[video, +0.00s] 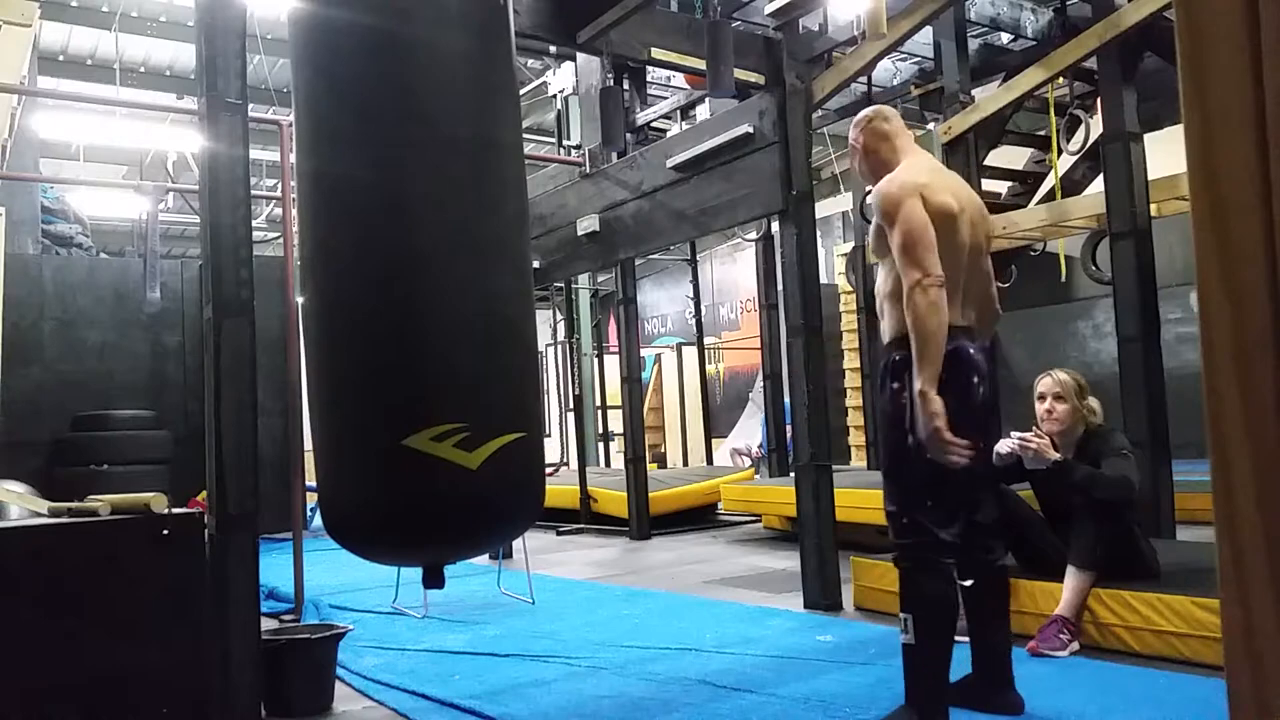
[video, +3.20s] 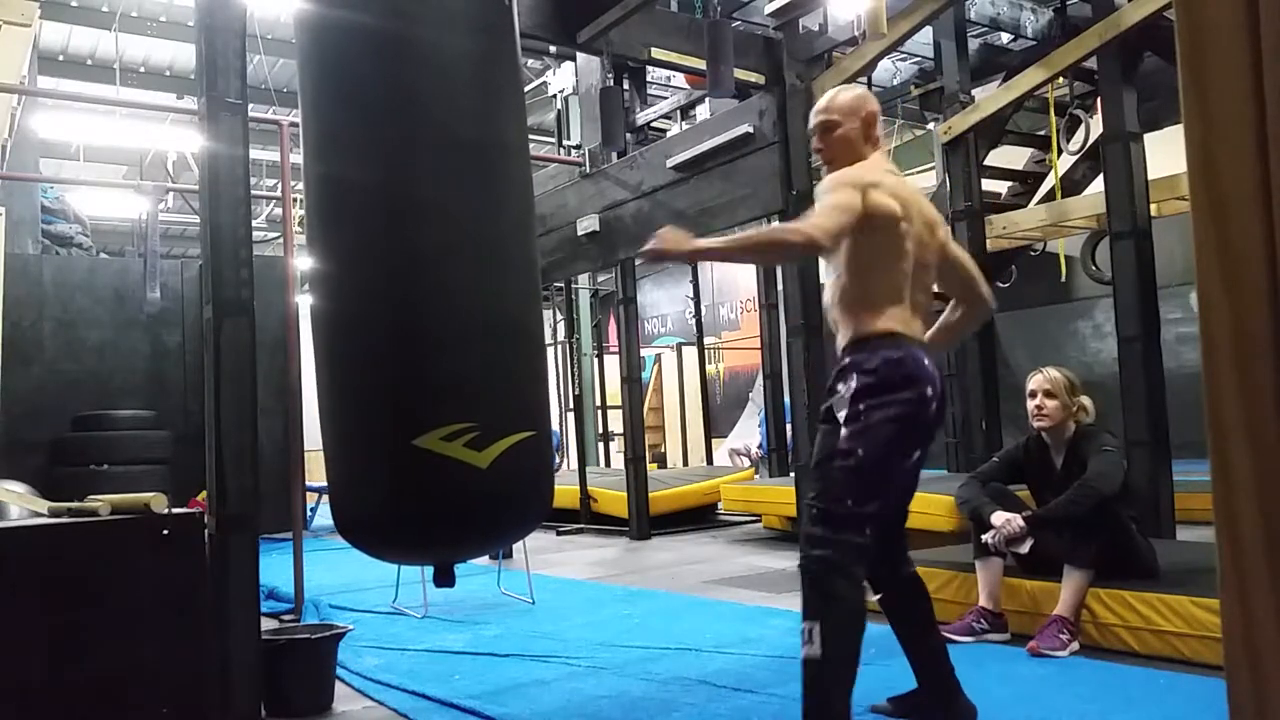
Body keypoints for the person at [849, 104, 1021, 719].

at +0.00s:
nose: (853, 168)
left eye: (851, 155)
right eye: (851, 158)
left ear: (867, 140)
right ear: (904, 136)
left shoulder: (896, 187)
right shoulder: (961, 188)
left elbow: (925, 284)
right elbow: (987, 288)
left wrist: (926, 389)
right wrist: (971, 363)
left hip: (920, 368)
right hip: (971, 365)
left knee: (919, 536)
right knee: (976, 529)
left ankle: (923, 700)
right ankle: (993, 677)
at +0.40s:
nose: (838, 166)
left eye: (836, 156)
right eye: (835, 157)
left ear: (848, 141)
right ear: (887, 131)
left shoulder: (871, 181)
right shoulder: (946, 192)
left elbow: (876, 286)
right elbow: (973, 302)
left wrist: (812, 375)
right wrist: (956, 378)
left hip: (896, 360)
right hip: (941, 357)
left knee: (905, 534)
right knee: (923, 525)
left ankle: (923, 702)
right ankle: (978, 658)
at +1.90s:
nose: (820, 144)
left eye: (824, 128)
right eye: (815, 133)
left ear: (862, 115)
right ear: (870, 117)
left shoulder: (874, 176)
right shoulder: (913, 179)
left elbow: (888, 258)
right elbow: (945, 298)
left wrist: (784, 264)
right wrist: (851, 327)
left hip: (873, 361)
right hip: (912, 358)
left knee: (849, 534)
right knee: (909, 520)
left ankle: (891, 700)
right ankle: (961, 671)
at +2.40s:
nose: (834, 158)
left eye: (843, 143)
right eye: (830, 146)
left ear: (883, 134)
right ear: (883, 138)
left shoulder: (886, 196)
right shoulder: (930, 199)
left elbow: (878, 287)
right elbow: (956, 317)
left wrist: (791, 354)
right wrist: (859, 345)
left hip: (891, 380)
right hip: (929, 377)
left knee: (859, 555)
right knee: (921, 539)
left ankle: (900, 709)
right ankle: (986, 682)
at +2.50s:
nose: (840, 155)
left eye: (849, 141)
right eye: (836, 143)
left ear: (887, 133)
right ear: (892, 138)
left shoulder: (892, 196)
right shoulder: (932, 195)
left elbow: (895, 300)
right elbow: (954, 308)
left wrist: (858, 395)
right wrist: (861, 343)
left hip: (902, 373)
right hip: (938, 370)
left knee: (873, 546)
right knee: (936, 533)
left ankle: (901, 706)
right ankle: (987, 681)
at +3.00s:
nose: (836, 125)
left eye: (846, 111)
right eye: (833, 114)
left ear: (882, 107)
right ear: (887, 113)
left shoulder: (886, 163)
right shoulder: (928, 172)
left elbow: (904, 246)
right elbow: (975, 275)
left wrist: (806, 290)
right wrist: (904, 303)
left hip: (881, 341)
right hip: (925, 343)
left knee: (838, 515)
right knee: (911, 517)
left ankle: (874, 691)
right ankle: (960, 670)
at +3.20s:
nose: (817, 143)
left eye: (827, 129)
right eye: (814, 132)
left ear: (871, 125)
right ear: (872, 134)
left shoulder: (849, 182)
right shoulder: (914, 199)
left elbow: (808, 237)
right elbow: (977, 299)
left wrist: (694, 248)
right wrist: (918, 348)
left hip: (873, 378)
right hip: (914, 379)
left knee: (828, 549)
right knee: (883, 552)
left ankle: (825, 711)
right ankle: (942, 695)